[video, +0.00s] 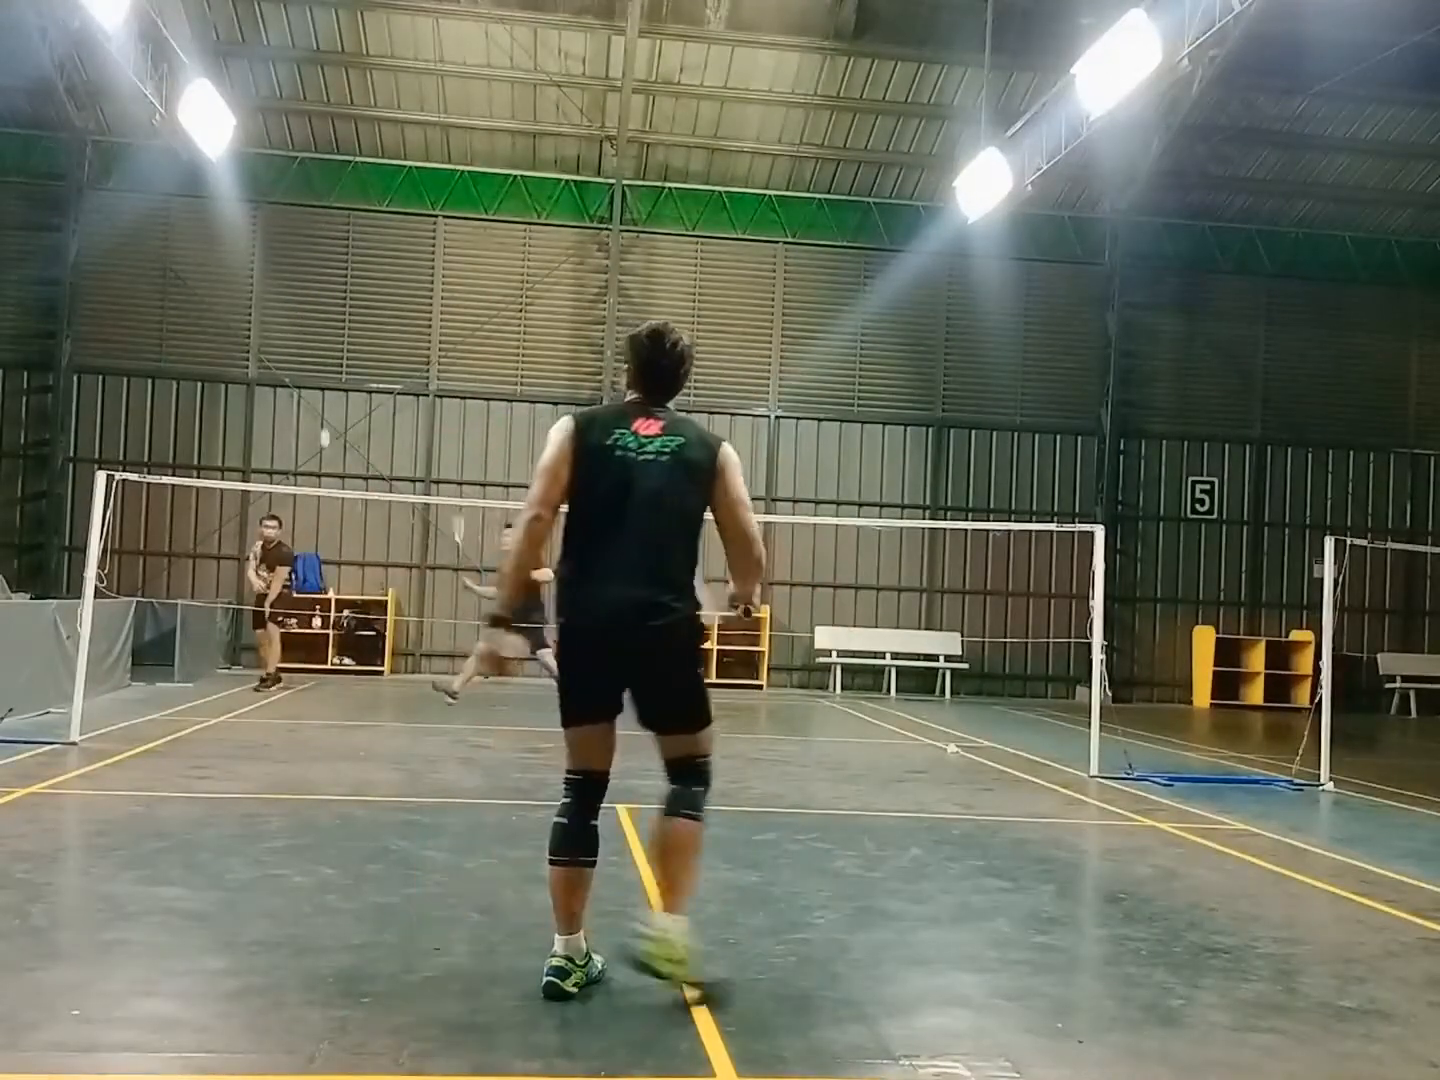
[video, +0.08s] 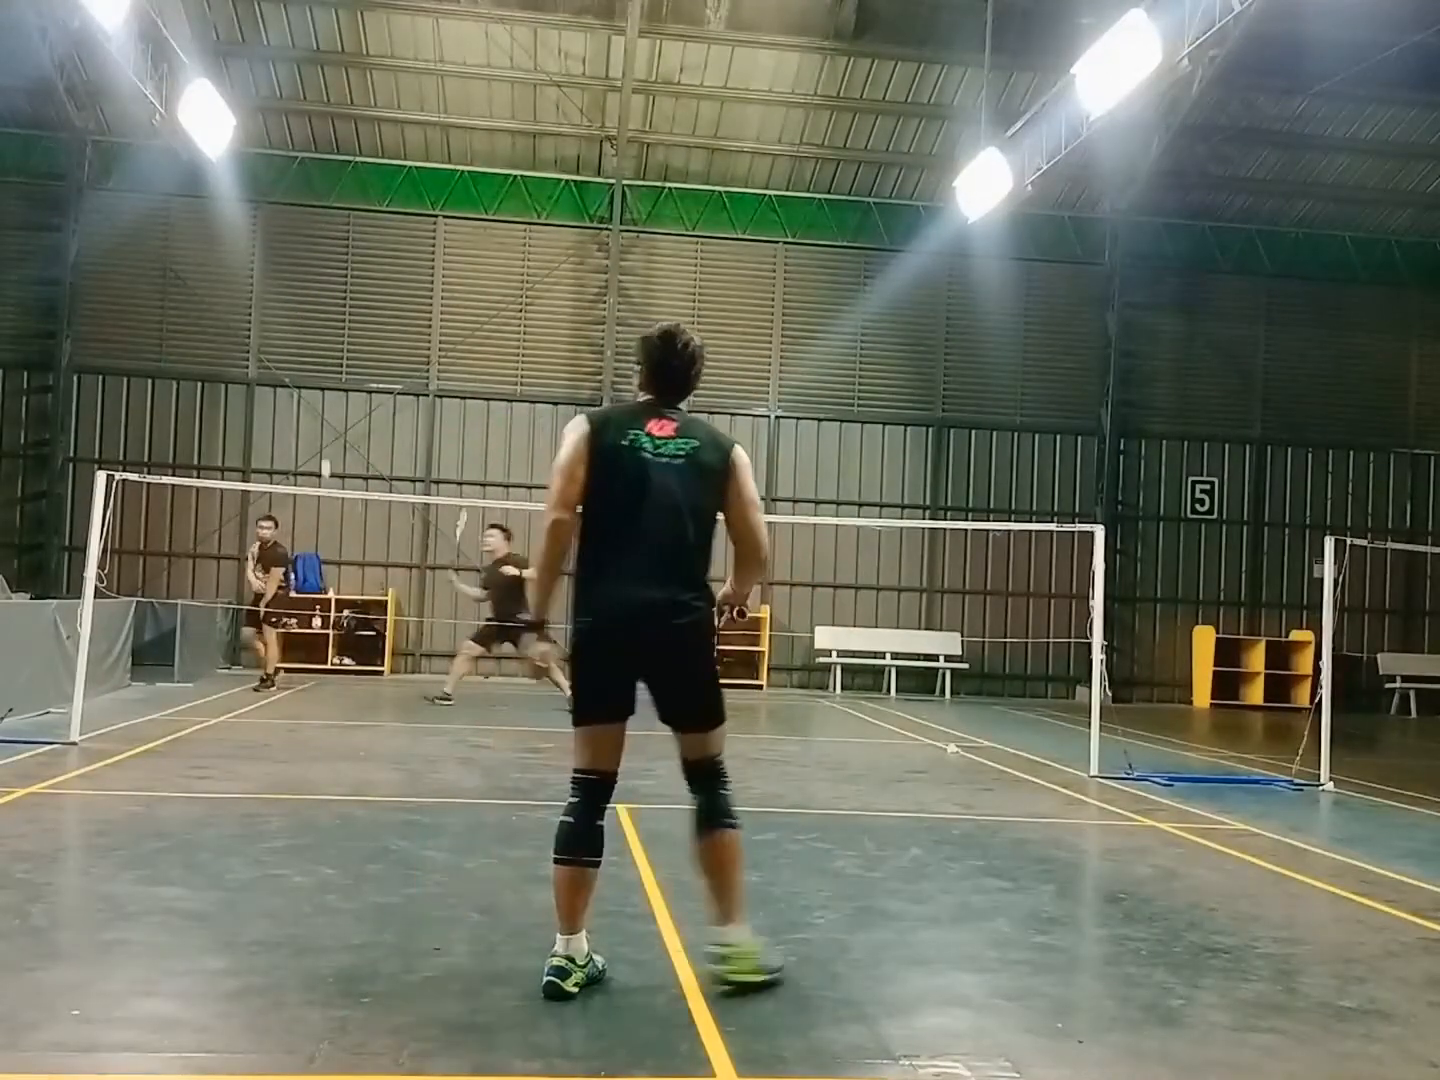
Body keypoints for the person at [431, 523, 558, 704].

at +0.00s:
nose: (504, 539)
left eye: (508, 536)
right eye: (503, 536)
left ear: (521, 538)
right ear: (501, 539)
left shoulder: (530, 562)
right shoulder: (510, 567)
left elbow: (549, 575)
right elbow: (499, 592)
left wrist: (530, 577)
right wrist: (473, 587)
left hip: (532, 631)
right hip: (510, 629)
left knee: (551, 664)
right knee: (482, 649)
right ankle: (455, 687)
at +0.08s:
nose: (486, 540)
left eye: (491, 536)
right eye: (485, 536)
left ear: (505, 540)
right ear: (484, 541)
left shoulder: (516, 561)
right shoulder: (490, 569)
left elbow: (535, 574)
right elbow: (481, 595)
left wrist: (518, 572)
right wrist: (457, 584)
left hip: (520, 623)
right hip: (496, 623)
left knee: (541, 657)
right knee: (467, 651)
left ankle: (569, 693)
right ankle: (447, 693)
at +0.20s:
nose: (452, 545)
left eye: (457, 540)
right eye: (451, 541)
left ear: (471, 544)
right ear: (452, 547)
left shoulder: (485, 562)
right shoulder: (458, 575)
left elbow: (513, 575)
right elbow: (437, 597)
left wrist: (505, 577)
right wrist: (416, 587)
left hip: (500, 621)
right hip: (476, 623)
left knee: (522, 656)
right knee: (445, 646)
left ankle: (551, 696)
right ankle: (442, 693)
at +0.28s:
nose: (438, 548)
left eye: (443, 544)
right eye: (437, 545)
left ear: (457, 545)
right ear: (438, 550)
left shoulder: (474, 561)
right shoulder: (444, 576)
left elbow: (501, 573)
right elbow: (418, 593)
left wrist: (491, 577)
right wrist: (392, 593)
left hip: (493, 618)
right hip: (469, 621)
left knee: (517, 654)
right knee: (441, 646)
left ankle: (542, 693)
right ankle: (442, 693)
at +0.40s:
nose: (424, 543)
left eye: (428, 538)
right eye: (423, 539)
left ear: (441, 538)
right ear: (424, 544)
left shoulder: (462, 554)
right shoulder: (431, 571)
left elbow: (488, 566)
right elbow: (421, 594)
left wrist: (469, 577)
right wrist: (418, 616)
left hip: (483, 606)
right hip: (460, 612)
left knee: (505, 642)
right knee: (440, 644)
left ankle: (530, 683)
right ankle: (442, 692)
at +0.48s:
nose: (421, 539)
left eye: (424, 534)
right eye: (419, 536)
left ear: (438, 534)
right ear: (420, 540)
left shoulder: (459, 550)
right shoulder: (428, 567)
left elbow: (485, 563)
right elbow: (427, 595)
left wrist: (467, 575)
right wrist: (427, 619)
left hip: (481, 604)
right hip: (458, 609)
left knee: (502, 636)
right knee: (440, 643)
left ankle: (527, 679)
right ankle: (441, 691)